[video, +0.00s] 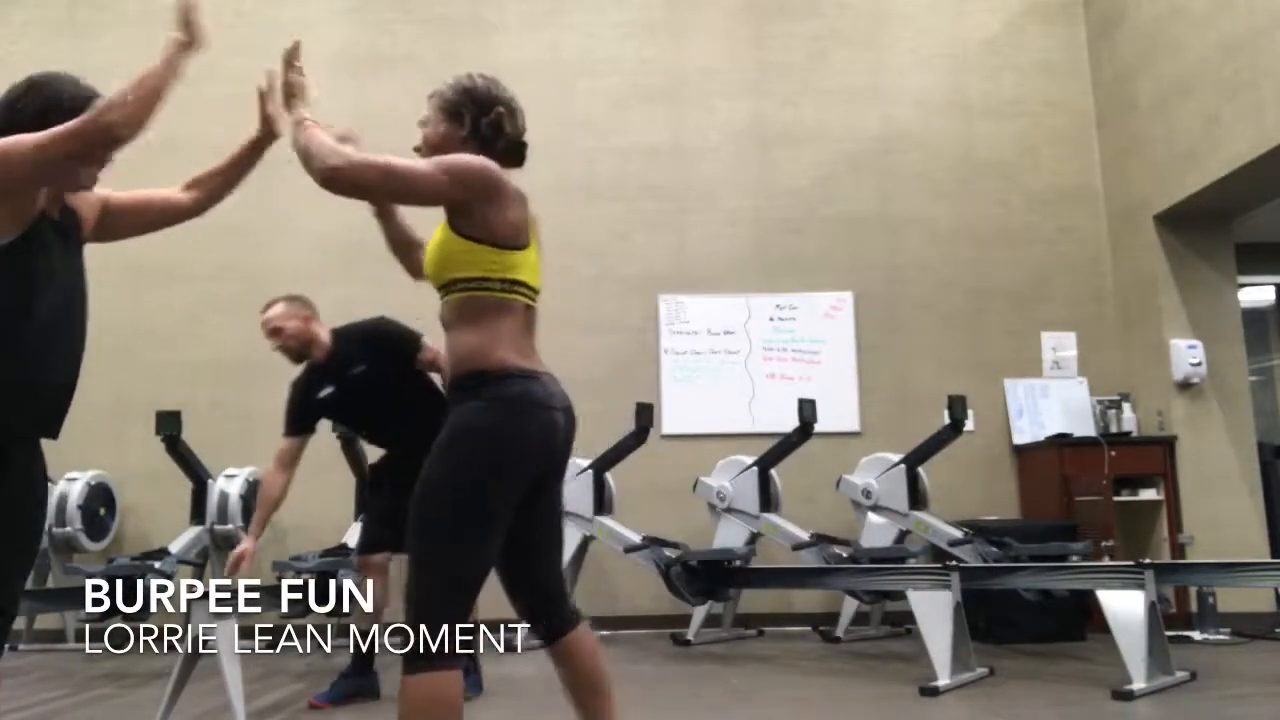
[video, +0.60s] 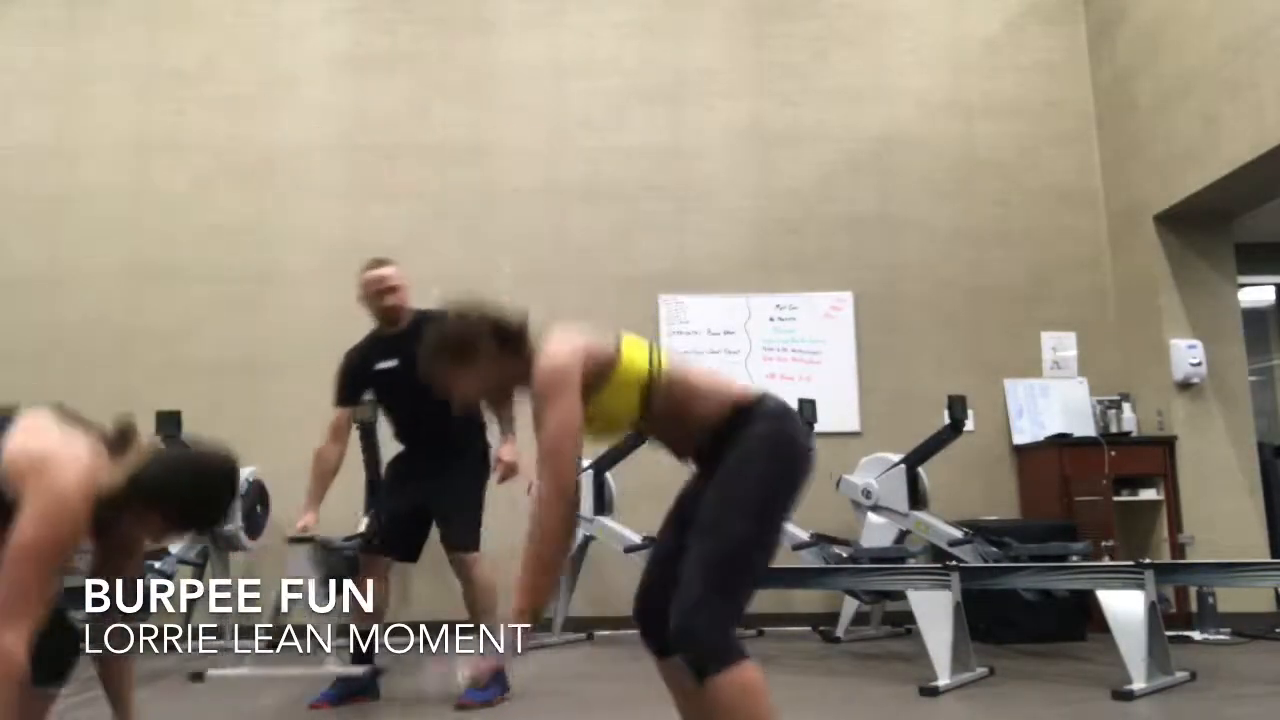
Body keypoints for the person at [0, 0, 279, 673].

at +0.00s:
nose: (106, 162)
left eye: (108, 149)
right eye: (95, 145)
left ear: (78, 149)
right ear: (47, 142)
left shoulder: (74, 213)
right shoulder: (11, 192)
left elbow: (189, 198)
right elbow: (101, 133)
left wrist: (264, 137)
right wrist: (181, 47)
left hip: (24, 450)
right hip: (2, 449)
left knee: (7, 609)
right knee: (5, 610)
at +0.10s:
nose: (108, 173)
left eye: (115, 158)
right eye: (102, 153)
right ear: (56, 144)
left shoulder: (60, 219)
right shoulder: (9, 209)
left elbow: (171, 211)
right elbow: (56, 141)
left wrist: (249, 170)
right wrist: (146, 47)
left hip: (21, 457)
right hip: (1, 456)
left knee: (5, 611)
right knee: (4, 612)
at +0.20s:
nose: (104, 218)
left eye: (112, 207)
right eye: (102, 202)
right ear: (62, 176)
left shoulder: (61, 237)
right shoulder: (14, 228)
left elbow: (150, 255)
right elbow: (13, 179)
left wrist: (232, 246)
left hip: (18, 469)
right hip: (3, 468)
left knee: (3, 621)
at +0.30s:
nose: (134, 265)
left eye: (145, 254)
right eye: (137, 246)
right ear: (109, 218)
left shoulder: (78, 268)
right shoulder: (18, 235)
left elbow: (136, 338)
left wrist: (203, 360)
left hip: (2, 462)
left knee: (3, 616)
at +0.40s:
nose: (156, 354)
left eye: (168, 345)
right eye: (164, 339)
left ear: (137, 298)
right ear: (144, 314)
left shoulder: (107, 339)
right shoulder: (38, 323)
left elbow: (114, 436)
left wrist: (140, 517)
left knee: (12, 619)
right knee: (10, 620)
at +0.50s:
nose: (170, 439)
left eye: (182, 428)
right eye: (179, 424)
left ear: (155, 383)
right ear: (164, 403)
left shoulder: (112, 416)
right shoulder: (52, 393)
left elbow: (101, 522)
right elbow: (7, 505)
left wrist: (111, 615)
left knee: (25, 631)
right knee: (21, 631)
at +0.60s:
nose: (165, 536)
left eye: (177, 530)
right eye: (173, 525)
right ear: (165, 507)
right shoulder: (67, 481)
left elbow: (115, 625)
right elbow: (11, 632)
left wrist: (125, 711)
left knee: (56, 643)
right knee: (50, 646)